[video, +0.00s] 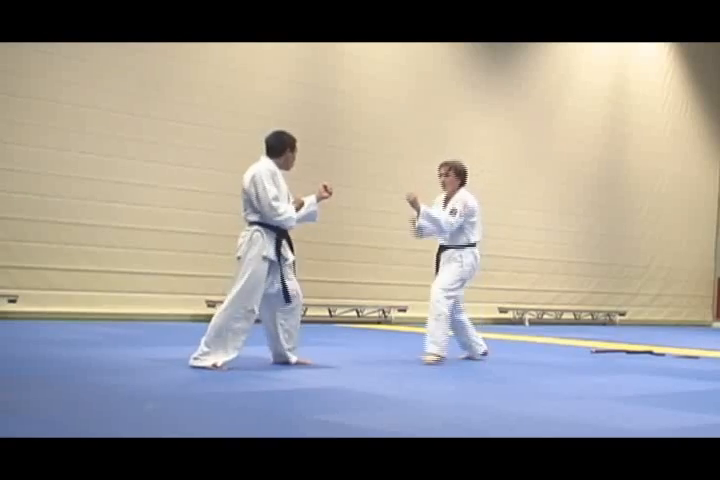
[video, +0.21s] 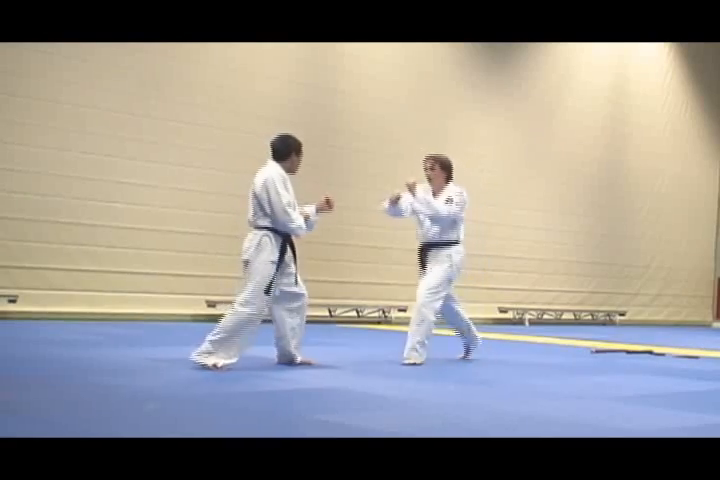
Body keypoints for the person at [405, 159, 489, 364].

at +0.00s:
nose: (442, 179)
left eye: (447, 175)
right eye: (440, 176)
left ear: (459, 178)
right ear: (439, 179)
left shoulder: (465, 200)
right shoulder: (440, 200)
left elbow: (450, 225)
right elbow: (436, 226)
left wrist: (420, 209)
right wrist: (420, 228)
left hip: (464, 254)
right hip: (446, 254)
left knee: (440, 292)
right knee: (452, 308)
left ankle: (435, 350)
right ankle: (476, 348)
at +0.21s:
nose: (428, 172)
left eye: (432, 169)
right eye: (426, 169)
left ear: (445, 172)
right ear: (425, 172)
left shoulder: (457, 194)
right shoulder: (420, 191)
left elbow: (444, 215)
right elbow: (400, 210)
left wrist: (416, 196)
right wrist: (393, 204)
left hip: (449, 253)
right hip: (428, 254)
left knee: (426, 297)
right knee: (444, 302)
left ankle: (415, 352)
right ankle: (471, 338)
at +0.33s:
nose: (415, 171)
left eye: (418, 167)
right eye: (413, 167)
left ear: (432, 166)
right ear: (414, 168)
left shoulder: (450, 184)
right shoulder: (412, 185)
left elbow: (444, 207)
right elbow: (403, 215)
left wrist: (409, 199)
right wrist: (390, 213)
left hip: (437, 245)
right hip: (413, 245)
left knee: (419, 297)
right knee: (393, 294)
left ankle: (416, 354)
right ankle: (429, 310)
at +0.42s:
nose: (406, 176)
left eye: (408, 171)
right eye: (404, 172)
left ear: (421, 169)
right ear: (407, 170)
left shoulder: (441, 184)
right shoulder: (405, 185)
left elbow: (434, 207)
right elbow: (396, 215)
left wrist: (398, 209)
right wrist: (384, 219)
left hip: (428, 245)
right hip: (404, 241)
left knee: (414, 298)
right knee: (375, 252)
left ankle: (416, 352)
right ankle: (384, 303)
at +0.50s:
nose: (399, 179)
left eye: (402, 174)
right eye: (396, 174)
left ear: (415, 171)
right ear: (396, 173)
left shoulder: (432, 182)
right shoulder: (394, 185)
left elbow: (430, 206)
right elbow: (379, 210)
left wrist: (395, 209)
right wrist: (356, 221)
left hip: (421, 245)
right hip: (396, 236)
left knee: (408, 296)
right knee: (378, 226)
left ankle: (413, 353)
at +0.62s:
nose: (384, 168)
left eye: (387, 163)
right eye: (382, 163)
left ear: (399, 159)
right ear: (380, 161)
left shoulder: (421, 169)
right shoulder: (377, 172)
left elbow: (432, 200)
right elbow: (368, 195)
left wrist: (400, 200)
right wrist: (360, 210)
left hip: (406, 235)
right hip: (380, 227)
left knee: (404, 298)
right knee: (347, 231)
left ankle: (409, 352)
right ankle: (322, 270)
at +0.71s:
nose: (372, 159)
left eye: (376, 154)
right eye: (370, 154)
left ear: (390, 152)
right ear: (368, 153)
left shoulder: (414, 168)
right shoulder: (366, 167)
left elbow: (436, 194)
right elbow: (360, 192)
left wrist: (411, 200)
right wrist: (356, 204)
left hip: (395, 232)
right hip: (364, 229)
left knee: (393, 292)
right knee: (339, 266)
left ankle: (393, 345)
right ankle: (341, 322)